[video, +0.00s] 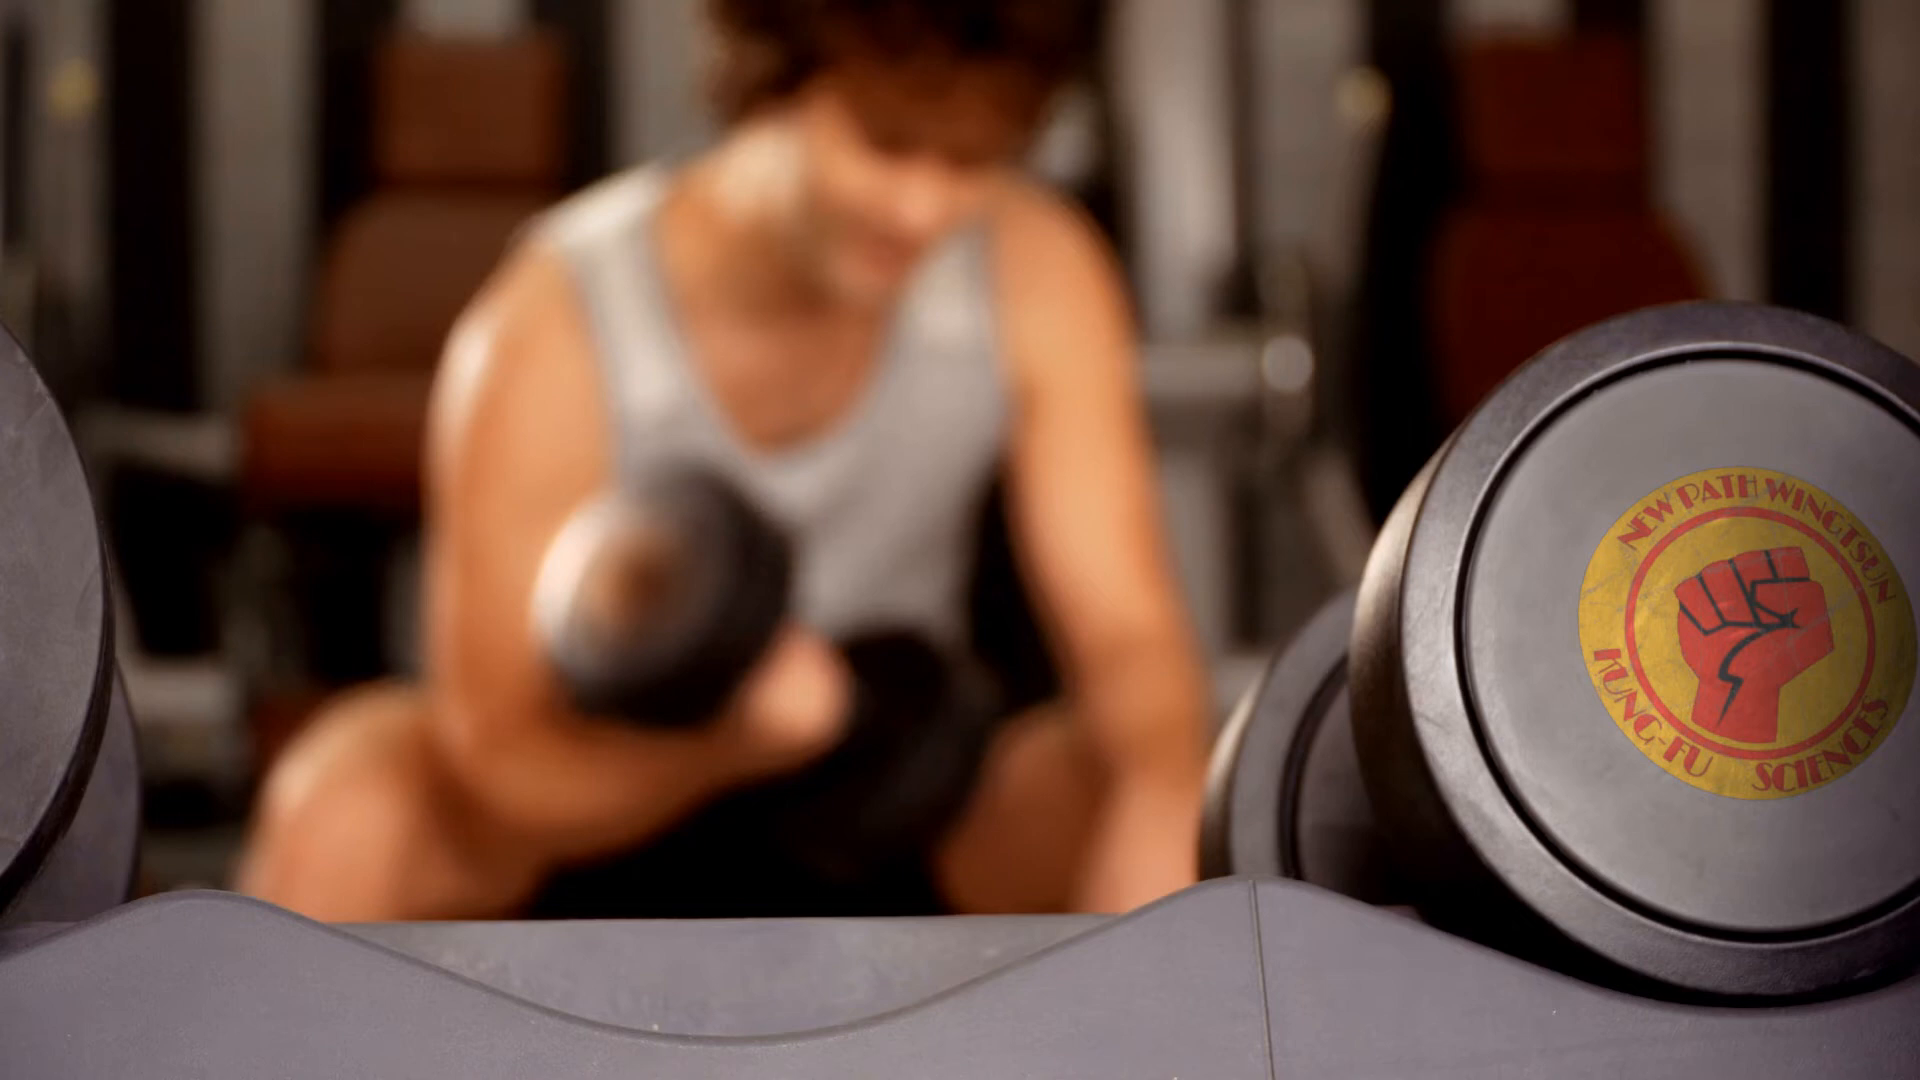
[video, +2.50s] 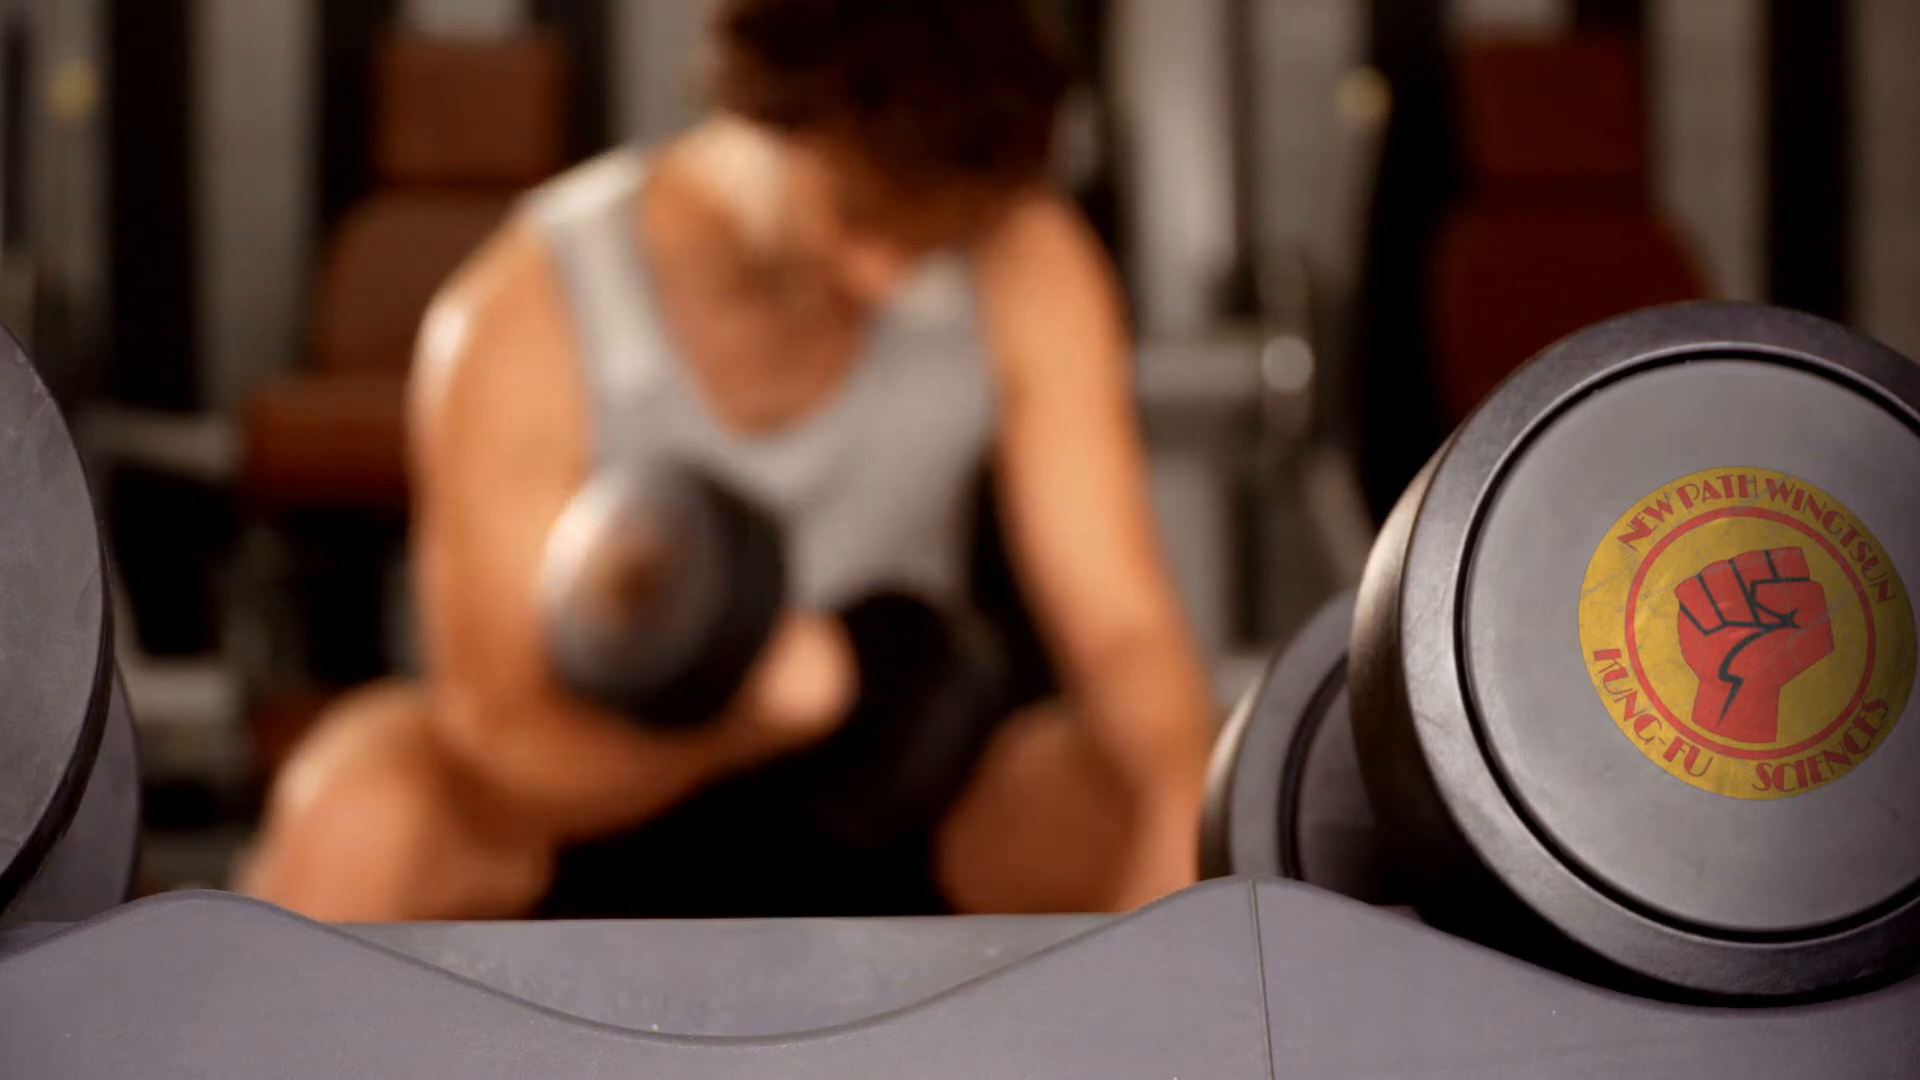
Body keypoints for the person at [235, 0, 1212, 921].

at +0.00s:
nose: (923, 208)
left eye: (974, 162)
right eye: (887, 143)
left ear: (1020, 147)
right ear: (776, 78)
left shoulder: (1030, 263)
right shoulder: (549, 325)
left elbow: (1131, 647)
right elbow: (513, 775)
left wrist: (1154, 836)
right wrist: (742, 738)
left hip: (885, 793)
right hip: (596, 806)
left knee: (1165, 798)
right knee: (345, 800)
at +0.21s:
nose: (944, 205)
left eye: (994, 159)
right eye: (908, 143)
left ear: (1039, 142)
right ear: (796, 81)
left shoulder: (1045, 262)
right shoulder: (580, 314)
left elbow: (1131, 640)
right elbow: (512, 765)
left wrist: (1154, 820)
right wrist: (742, 873)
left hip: (909, 776)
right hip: (624, 773)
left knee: (1172, 794)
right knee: (347, 789)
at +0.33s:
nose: (957, 214)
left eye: (1005, 166)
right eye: (923, 152)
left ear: (1045, 148)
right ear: (811, 92)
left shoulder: (1054, 267)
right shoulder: (599, 313)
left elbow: (1135, 655)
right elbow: (510, 778)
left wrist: (1153, 834)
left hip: (901, 780)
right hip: (623, 787)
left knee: (1157, 811)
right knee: (351, 792)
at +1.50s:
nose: (932, 299)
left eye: (982, 262)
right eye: (906, 242)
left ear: (1041, 219)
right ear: (825, 137)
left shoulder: (1058, 263)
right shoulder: (604, 313)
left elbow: (1132, 641)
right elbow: (510, 749)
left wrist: (1169, 837)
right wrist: (672, 954)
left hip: (904, 773)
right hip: (628, 786)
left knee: (1189, 811)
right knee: (365, 788)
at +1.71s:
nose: (911, 307)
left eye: (962, 270)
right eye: (886, 250)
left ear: (1027, 228)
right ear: (804, 136)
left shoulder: (1044, 264)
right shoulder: (559, 311)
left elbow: (1136, 651)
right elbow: (513, 742)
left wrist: (1166, 868)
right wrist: (763, 810)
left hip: (899, 804)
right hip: (605, 805)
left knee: (1186, 778)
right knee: (370, 779)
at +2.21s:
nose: (866, 301)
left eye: (911, 263)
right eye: (844, 243)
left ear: (967, 212)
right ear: (750, 145)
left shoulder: (1002, 264)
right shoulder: (486, 322)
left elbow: (1117, 638)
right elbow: (505, 762)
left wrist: (1173, 865)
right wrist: (726, 642)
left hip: (903, 776)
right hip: (599, 796)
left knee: (1174, 814)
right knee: (347, 795)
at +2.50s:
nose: (885, 277)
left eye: (930, 239)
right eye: (858, 223)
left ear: (985, 185)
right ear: (769, 128)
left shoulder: (1018, 257)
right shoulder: (517, 316)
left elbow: (1125, 635)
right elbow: (511, 748)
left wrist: (1181, 840)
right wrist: (750, 717)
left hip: (887, 783)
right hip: (596, 797)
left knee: (1182, 801)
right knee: (357, 798)